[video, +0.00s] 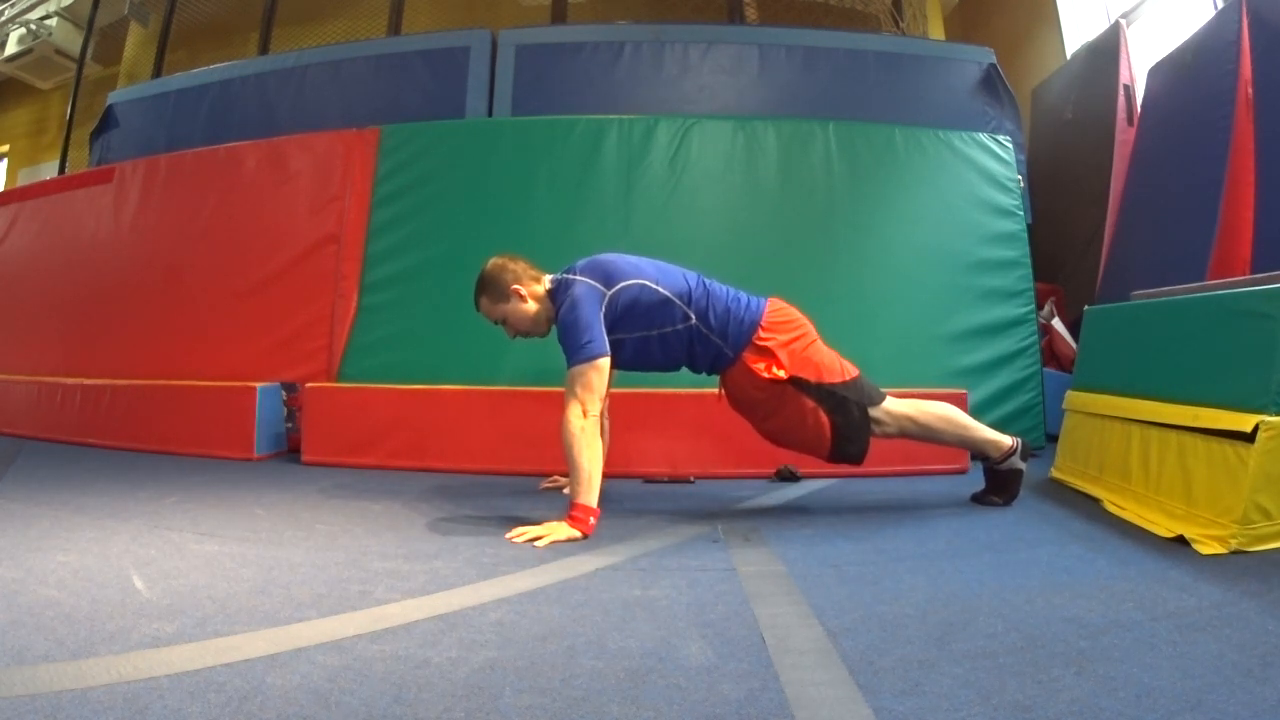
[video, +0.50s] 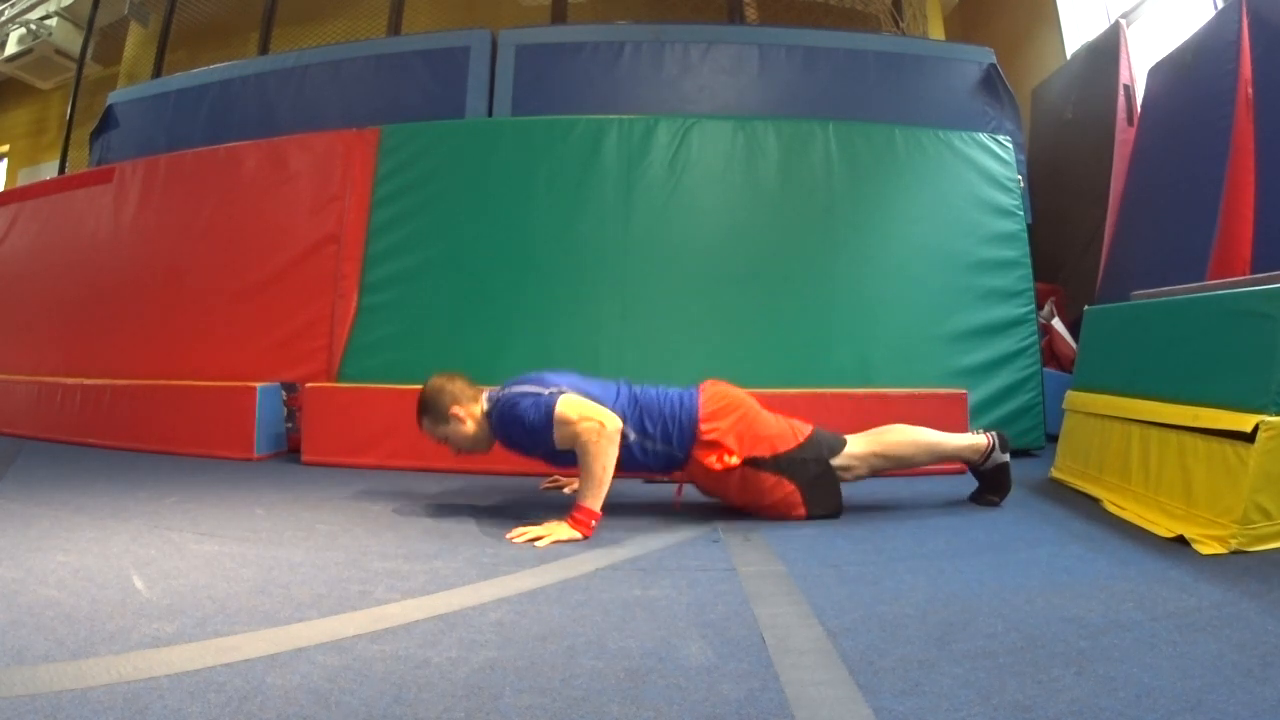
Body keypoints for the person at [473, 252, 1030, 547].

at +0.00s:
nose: (513, 334)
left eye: (507, 323)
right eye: (504, 327)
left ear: (525, 293)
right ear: (527, 288)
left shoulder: (582, 298)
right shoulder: (578, 293)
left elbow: (582, 413)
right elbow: (594, 404)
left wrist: (582, 516)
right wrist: (582, 481)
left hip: (765, 334)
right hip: (739, 364)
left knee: (876, 411)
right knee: (847, 437)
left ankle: (1003, 447)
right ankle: (965, 427)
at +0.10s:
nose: (511, 331)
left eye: (504, 320)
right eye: (501, 324)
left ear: (521, 290)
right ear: (526, 286)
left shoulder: (579, 296)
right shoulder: (576, 294)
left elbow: (580, 412)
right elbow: (596, 403)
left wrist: (582, 516)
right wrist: (586, 477)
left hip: (763, 334)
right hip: (736, 368)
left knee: (874, 412)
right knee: (842, 442)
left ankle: (1003, 447)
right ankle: (965, 429)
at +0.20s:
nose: (498, 334)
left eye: (492, 324)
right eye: (490, 328)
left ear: (509, 296)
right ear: (513, 292)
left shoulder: (565, 307)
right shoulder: (563, 297)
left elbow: (589, 411)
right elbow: (594, 399)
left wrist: (582, 516)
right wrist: (589, 475)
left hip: (753, 347)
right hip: (732, 367)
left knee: (869, 418)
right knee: (841, 430)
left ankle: (998, 447)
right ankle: (957, 420)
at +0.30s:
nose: (480, 365)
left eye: (475, 354)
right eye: (473, 358)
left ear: (491, 325)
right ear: (494, 321)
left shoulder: (545, 332)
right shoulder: (544, 325)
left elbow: (604, 415)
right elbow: (599, 404)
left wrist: (585, 514)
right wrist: (582, 476)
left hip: (738, 366)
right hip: (716, 395)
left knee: (854, 428)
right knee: (814, 462)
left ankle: (991, 446)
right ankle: (964, 441)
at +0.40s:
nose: (460, 406)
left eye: (455, 396)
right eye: (453, 397)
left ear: (473, 372)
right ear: (474, 363)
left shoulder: (528, 372)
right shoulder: (522, 360)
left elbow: (605, 426)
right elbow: (602, 408)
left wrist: (583, 517)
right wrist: (586, 472)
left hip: (722, 395)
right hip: (704, 419)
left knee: (846, 446)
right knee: (809, 486)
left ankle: (987, 447)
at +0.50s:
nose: (453, 444)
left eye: (446, 437)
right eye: (446, 439)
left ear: (461, 417)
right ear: (464, 408)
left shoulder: (522, 406)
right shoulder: (508, 406)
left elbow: (604, 431)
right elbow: (595, 420)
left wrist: (579, 520)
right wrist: (583, 475)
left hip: (711, 422)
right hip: (696, 454)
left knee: (845, 457)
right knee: (804, 497)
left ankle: (979, 447)